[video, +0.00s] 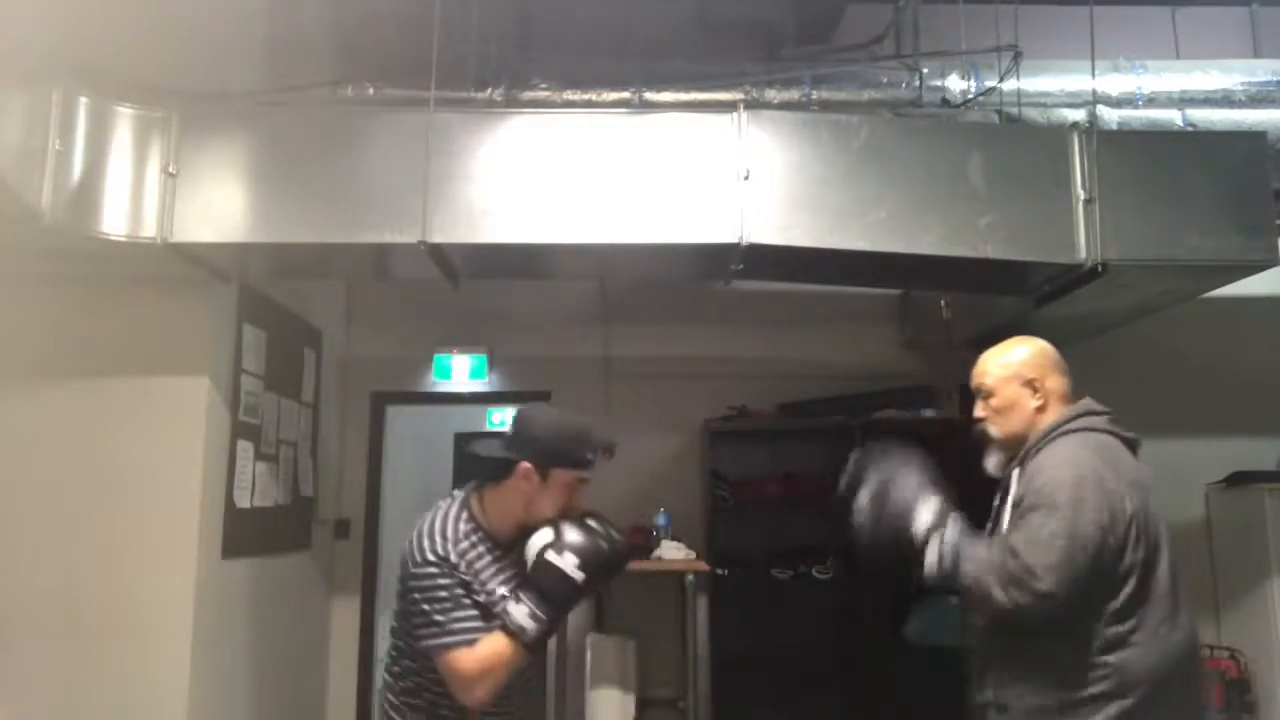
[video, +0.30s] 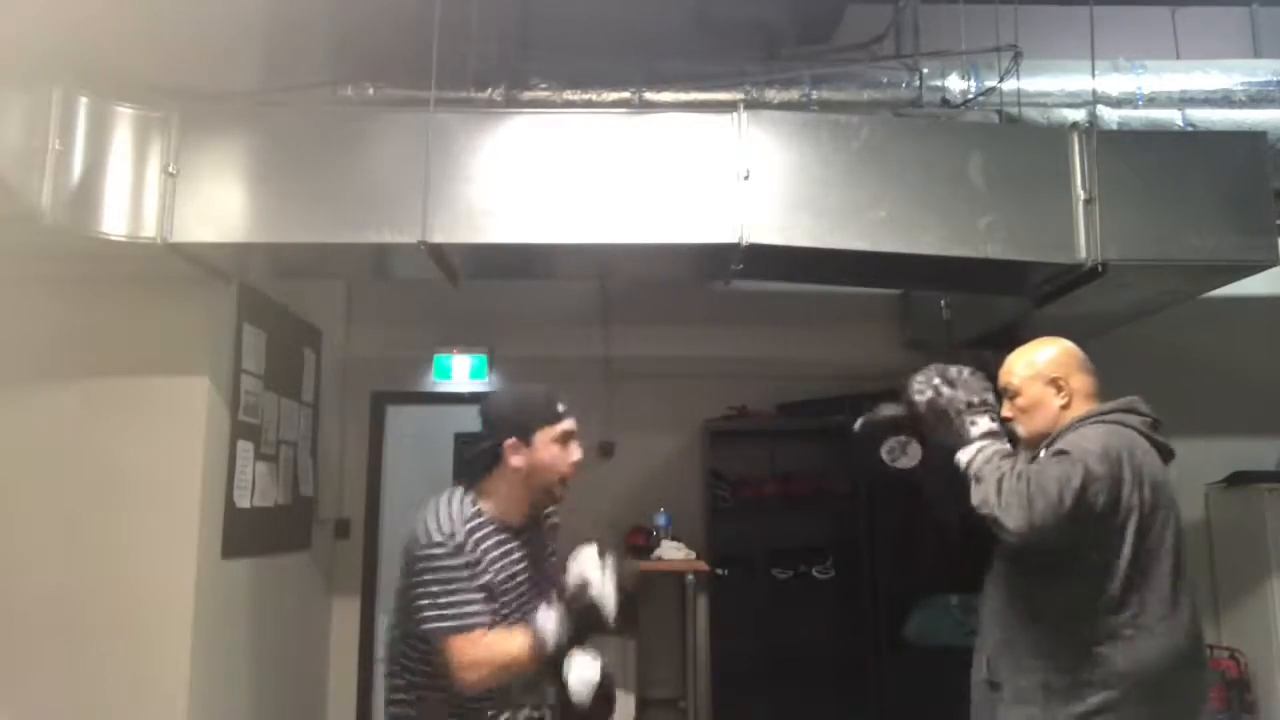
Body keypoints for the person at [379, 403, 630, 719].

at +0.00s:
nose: (578, 504)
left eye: (580, 488)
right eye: (572, 486)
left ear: (526, 478)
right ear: (527, 477)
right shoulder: (434, 552)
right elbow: (471, 687)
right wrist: (545, 598)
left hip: (513, 706)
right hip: (429, 712)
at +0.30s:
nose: (579, 456)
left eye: (575, 441)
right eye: (564, 441)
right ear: (515, 452)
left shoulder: (538, 520)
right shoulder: (444, 534)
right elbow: (469, 668)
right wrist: (560, 625)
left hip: (531, 704)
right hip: (454, 711)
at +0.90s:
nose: (612, 420)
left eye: (607, 406)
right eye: (595, 408)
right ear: (554, 425)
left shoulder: (533, 482)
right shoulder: (537, 491)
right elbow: (618, 579)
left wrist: (612, 532)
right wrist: (662, 517)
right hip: (529, 707)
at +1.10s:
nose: (567, 410)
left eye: (563, 398)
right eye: (551, 397)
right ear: (507, 408)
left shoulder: (534, 492)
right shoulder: (461, 495)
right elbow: (488, 610)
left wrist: (594, 548)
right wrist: (563, 552)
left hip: (523, 702)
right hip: (458, 707)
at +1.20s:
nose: (554, 405)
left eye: (551, 393)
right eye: (539, 391)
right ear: (495, 400)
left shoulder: (527, 484)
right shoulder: (442, 488)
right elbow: (461, 609)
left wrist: (572, 544)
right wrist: (535, 546)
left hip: (525, 701)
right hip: (446, 708)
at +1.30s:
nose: (548, 407)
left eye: (546, 394)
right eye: (534, 393)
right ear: (489, 400)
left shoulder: (528, 478)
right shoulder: (430, 489)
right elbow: (444, 609)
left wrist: (579, 541)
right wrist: (528, 549)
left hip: (526, 701)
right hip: (444, 709)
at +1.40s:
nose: (544, 417)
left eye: (543, 404)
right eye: (530, 402)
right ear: (483, 406)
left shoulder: (525, 480)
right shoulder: (424, 494)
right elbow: (432, 615)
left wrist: (578, 553)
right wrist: (523, 564)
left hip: (526, 702)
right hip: (442, 709)